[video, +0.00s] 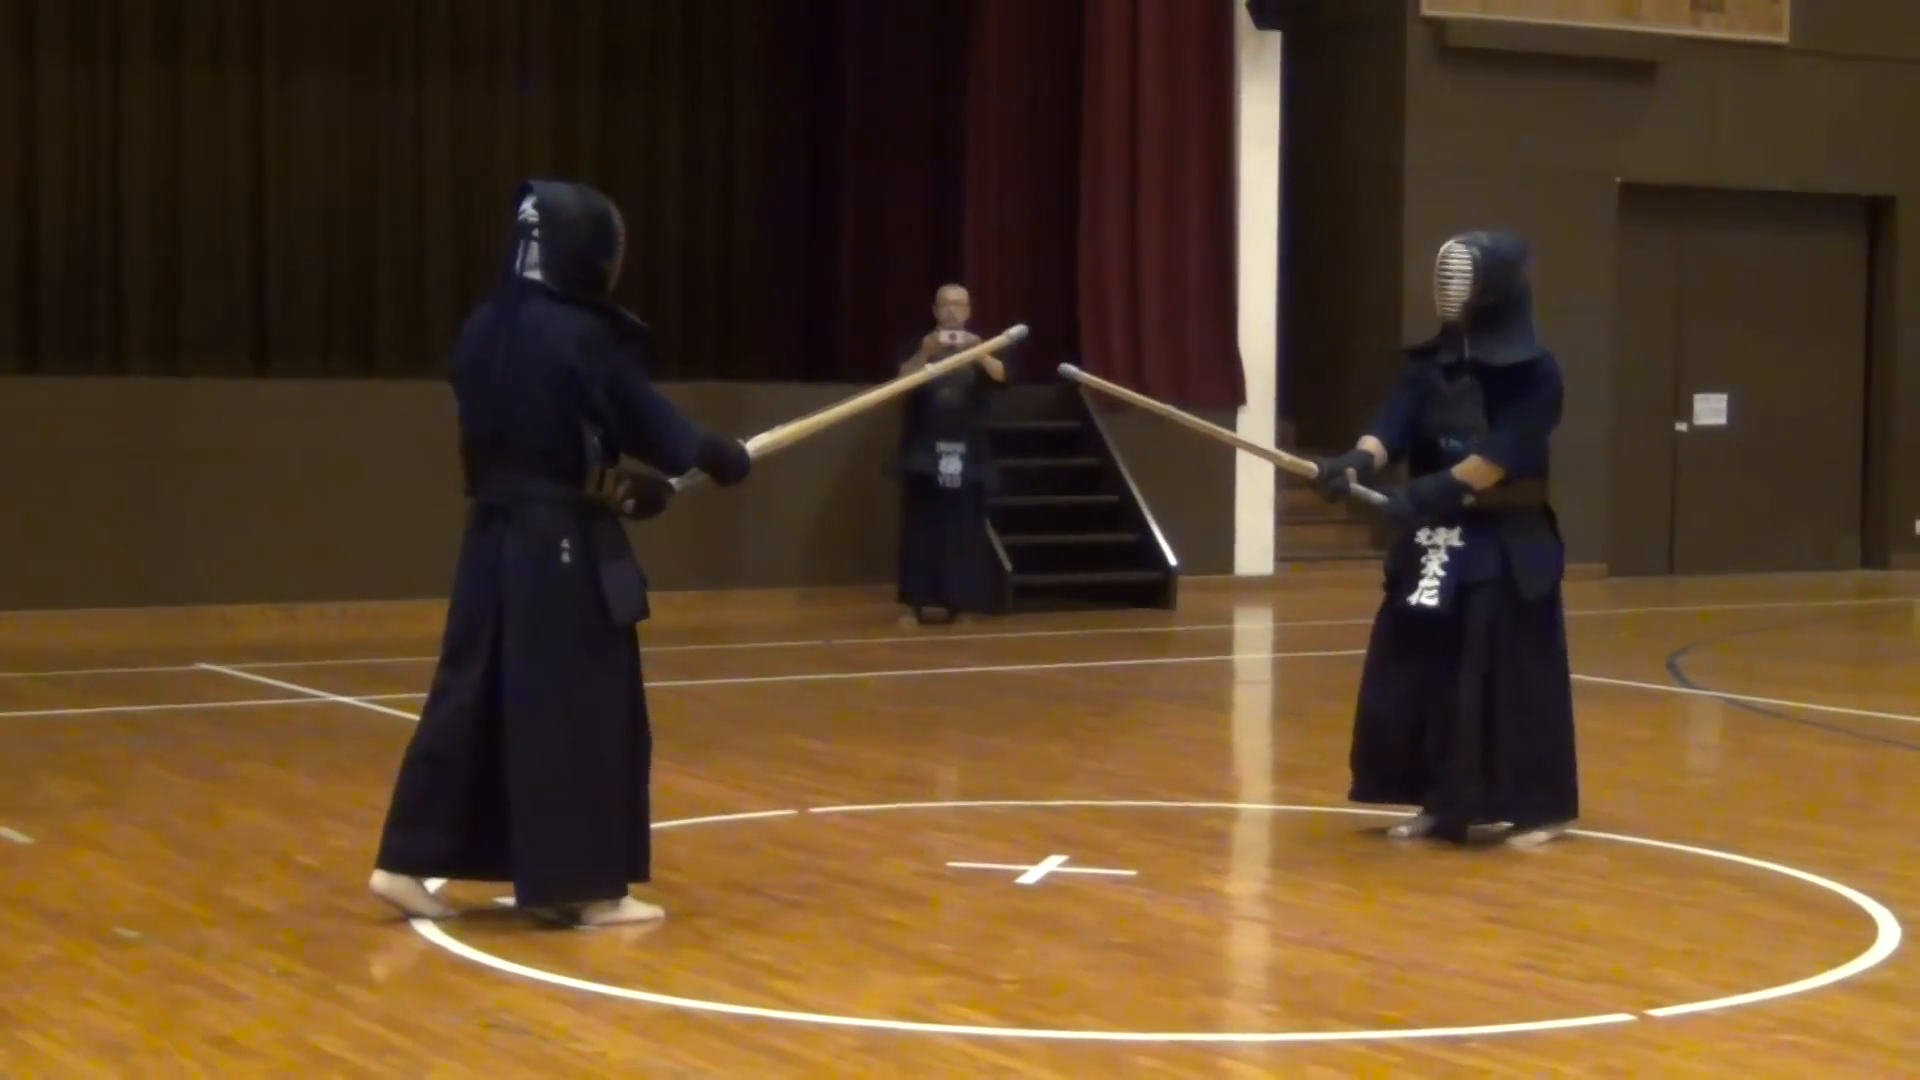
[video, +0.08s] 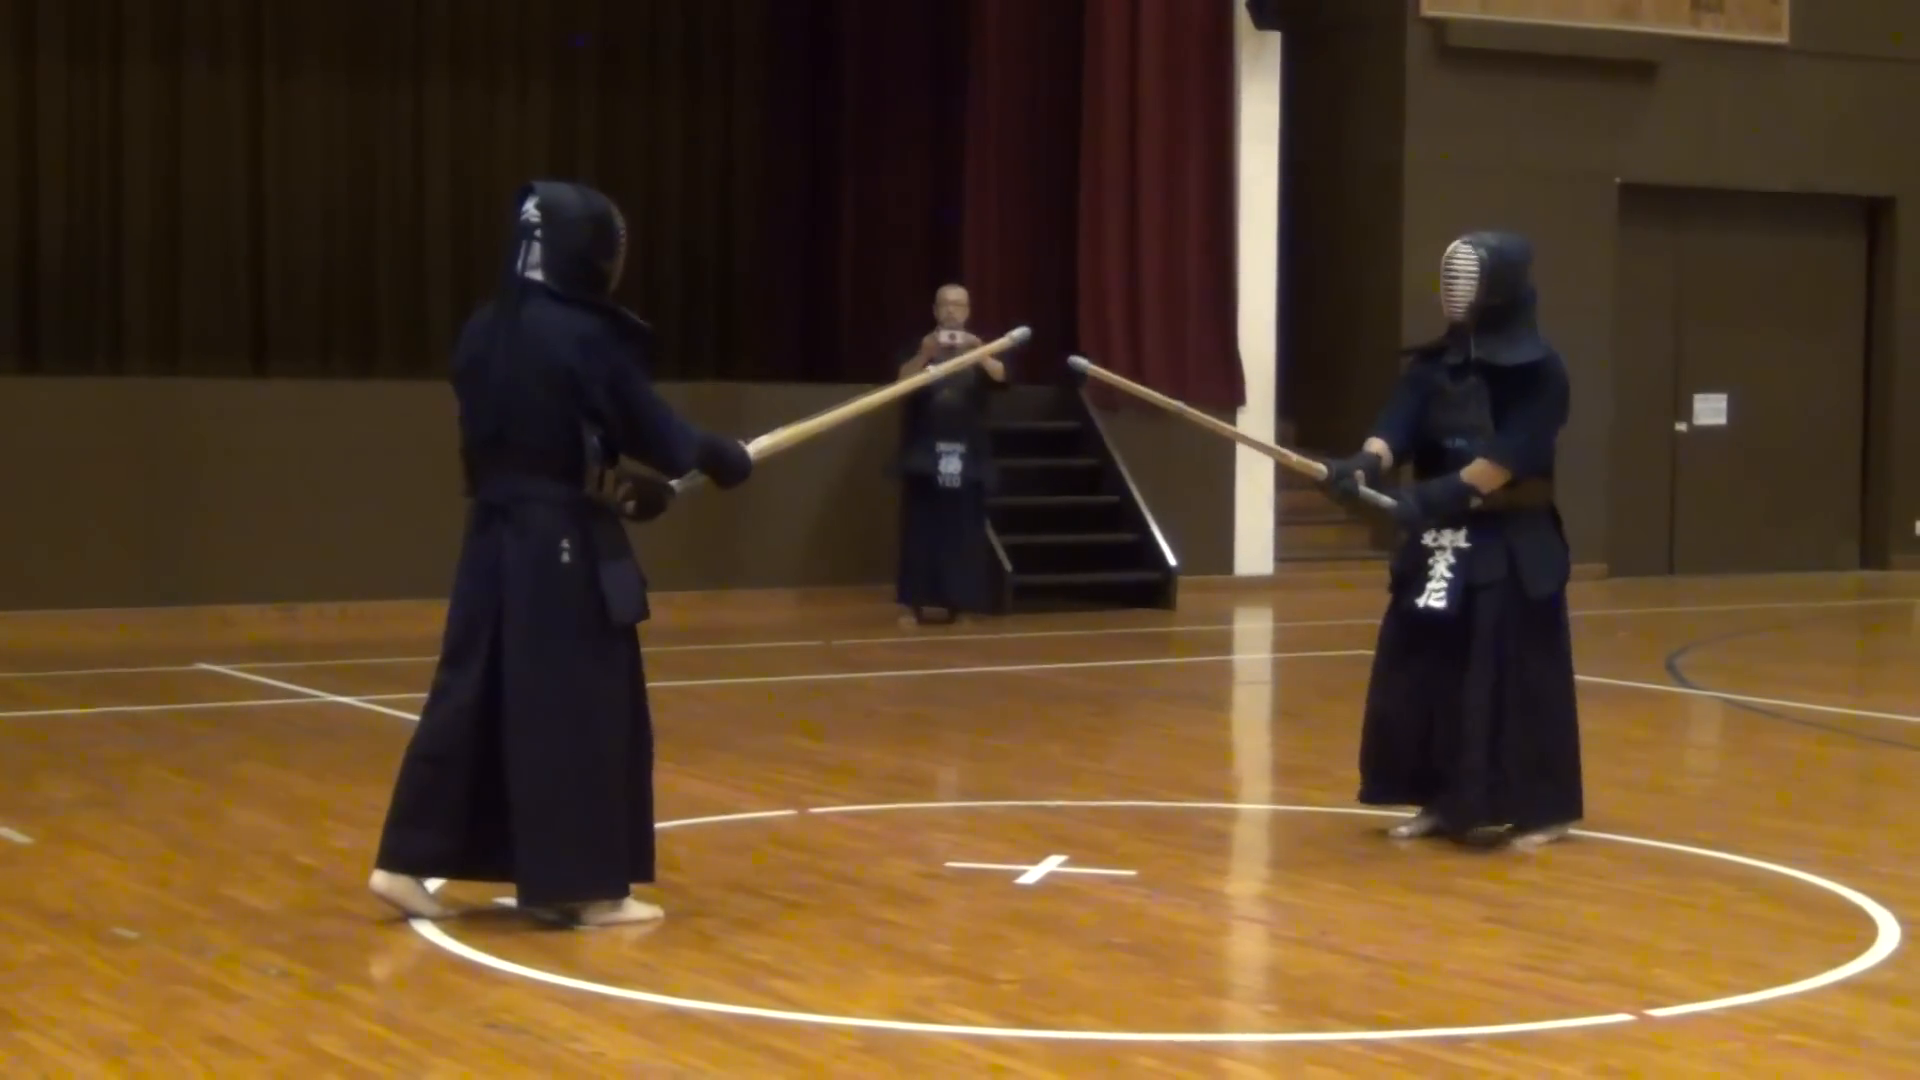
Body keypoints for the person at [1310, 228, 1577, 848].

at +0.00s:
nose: (1446, 294)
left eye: (1459, 283)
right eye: (1444, 281)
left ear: (1496, 288)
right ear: (1443, 285)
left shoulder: (1530, 370)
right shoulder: (1429, 361)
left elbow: (1502, 457)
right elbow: (1394, 422)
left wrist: (1421, 496)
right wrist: (1358, 463)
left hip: (1511, 536)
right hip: (1438, 532)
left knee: (1512, 666)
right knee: (1428, 661)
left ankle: (1540, 806)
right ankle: (1444, 799)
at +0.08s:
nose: (1454, 294)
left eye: (1467, 282)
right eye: (1451, 281)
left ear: (1502, 287)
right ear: (1448, 285)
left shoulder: (1535, 369)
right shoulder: (1434, 363)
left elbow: (1508, 460)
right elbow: (1397, 425)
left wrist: (1429, 499)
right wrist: (1365, 465)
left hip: (1515, 537)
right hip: (1443, 533)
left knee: (1512, 667)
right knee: (1430, 662)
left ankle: (1537, 806)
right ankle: (1445, 798)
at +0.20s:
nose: (1458, 296)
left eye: (1470, 285)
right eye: (1455, 283)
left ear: (1506, 290)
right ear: (1452, 286)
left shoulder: (1540, 368)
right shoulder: (1441, 362)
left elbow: (1505, 456)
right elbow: (1404, 423)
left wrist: (1426, 501)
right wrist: (1368, 466)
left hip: (1517, 537)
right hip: (1446, 531)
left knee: (1512, 668)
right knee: (1429, 661)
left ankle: (1530, 807)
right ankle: (1438, 799)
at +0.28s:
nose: (1455, 296)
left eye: (1467, 285)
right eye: (1452, 283)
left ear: (1502, 290)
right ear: (1450, 286)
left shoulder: (1536, 368)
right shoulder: (1438, 362)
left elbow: (1503, 457)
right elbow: (1404, 427)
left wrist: (1425, 500)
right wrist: (1365, 467)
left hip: (1512, 535)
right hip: (1442, 529)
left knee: (1500, 666)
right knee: (1424, 659)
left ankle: (1509, 805)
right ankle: (1432, 799)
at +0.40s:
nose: (1444, 296)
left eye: (1457, 286)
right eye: (1441, 284)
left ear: (1493, 291)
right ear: (1438, 287)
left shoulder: (1526, 373)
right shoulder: (1422, 364)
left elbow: (1495, 462)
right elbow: (1390, 426)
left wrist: (1418, 502)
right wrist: (1356, 466)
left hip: (1500, 541)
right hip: (1426, 534)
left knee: (1496, 671)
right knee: (1407, 664)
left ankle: (1507, 810)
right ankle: (1401, 802)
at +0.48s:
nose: (1435, 297)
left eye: (1448, 286)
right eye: (1432, 284)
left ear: (1483, 291)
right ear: (1429, 288)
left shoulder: (1517, 372)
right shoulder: (1415, 364)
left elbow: (1486, 461)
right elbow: (1380, 425)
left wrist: (1404, 503)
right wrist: (1346, 466)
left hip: (1492, 541)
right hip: (1416, 535)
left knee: (1489, 672)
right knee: (1393, 666)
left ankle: (1502, 809)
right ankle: (1383, 802)